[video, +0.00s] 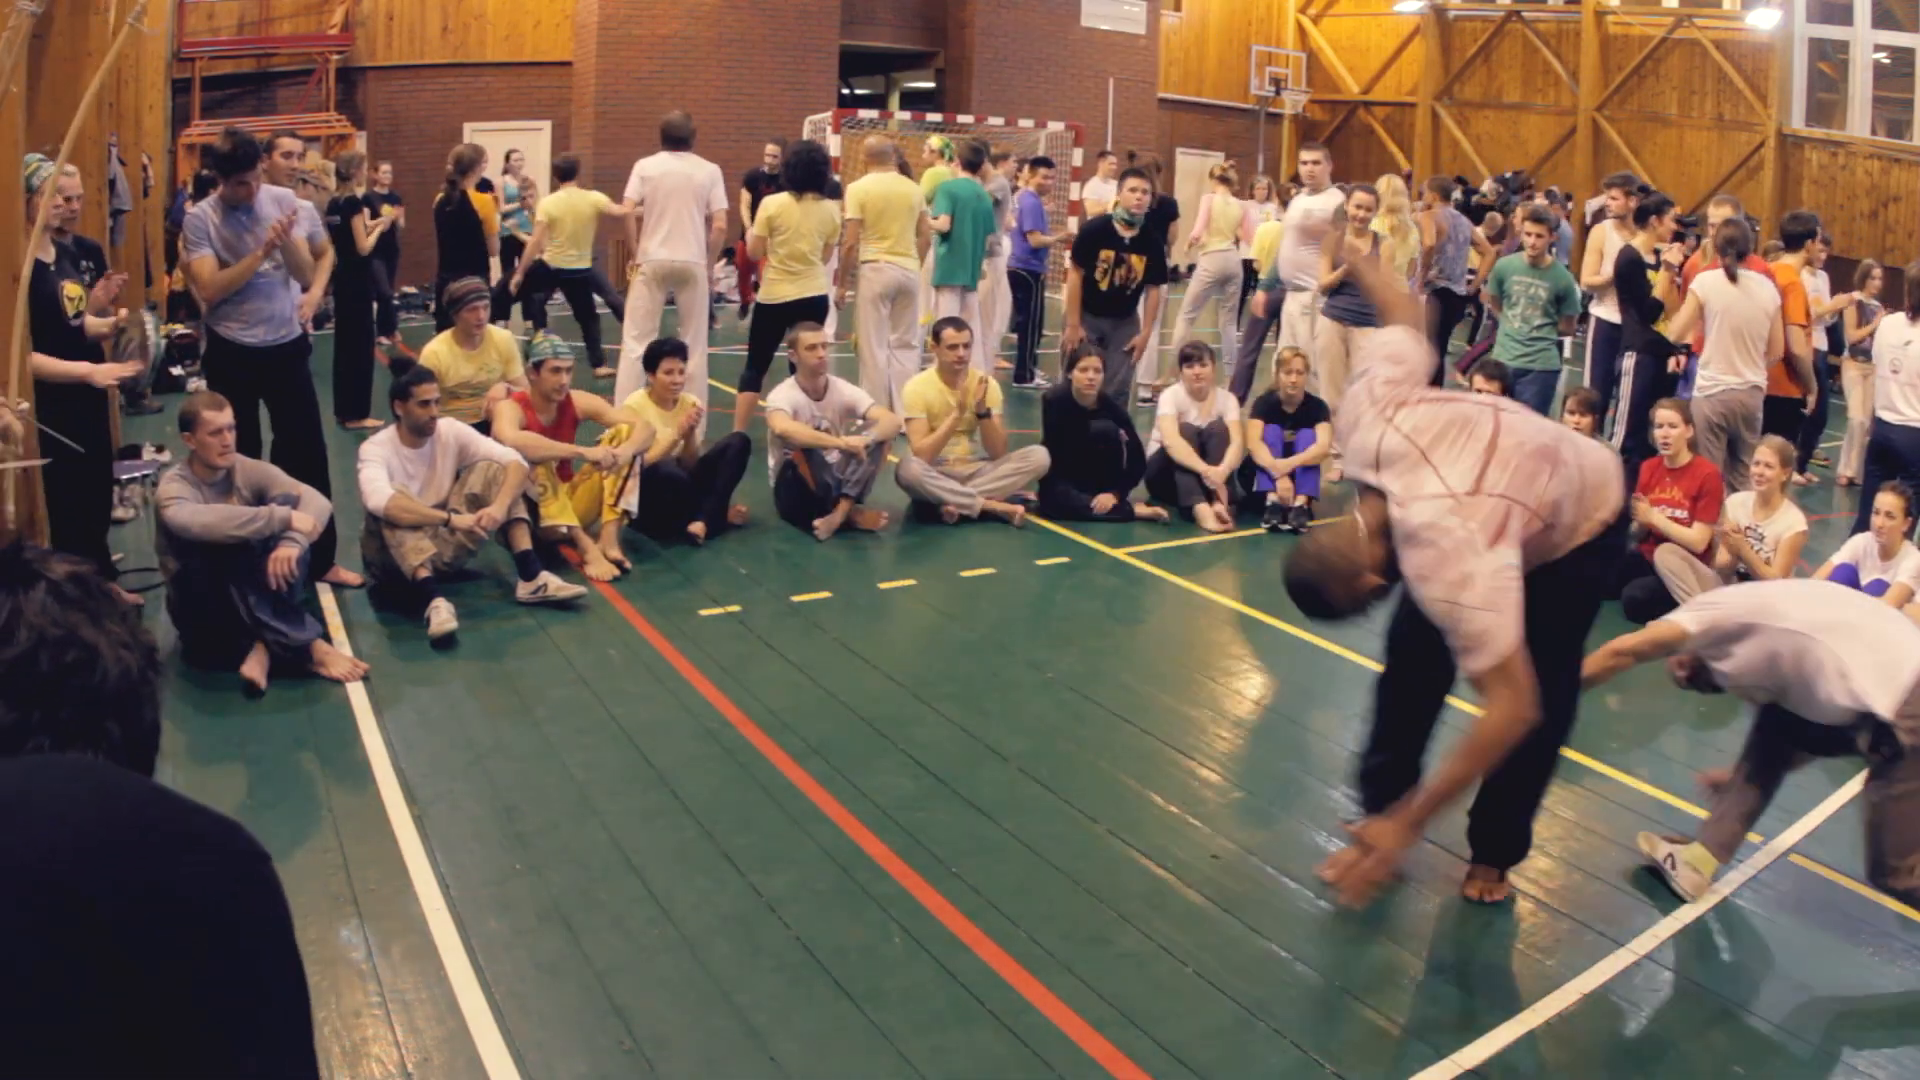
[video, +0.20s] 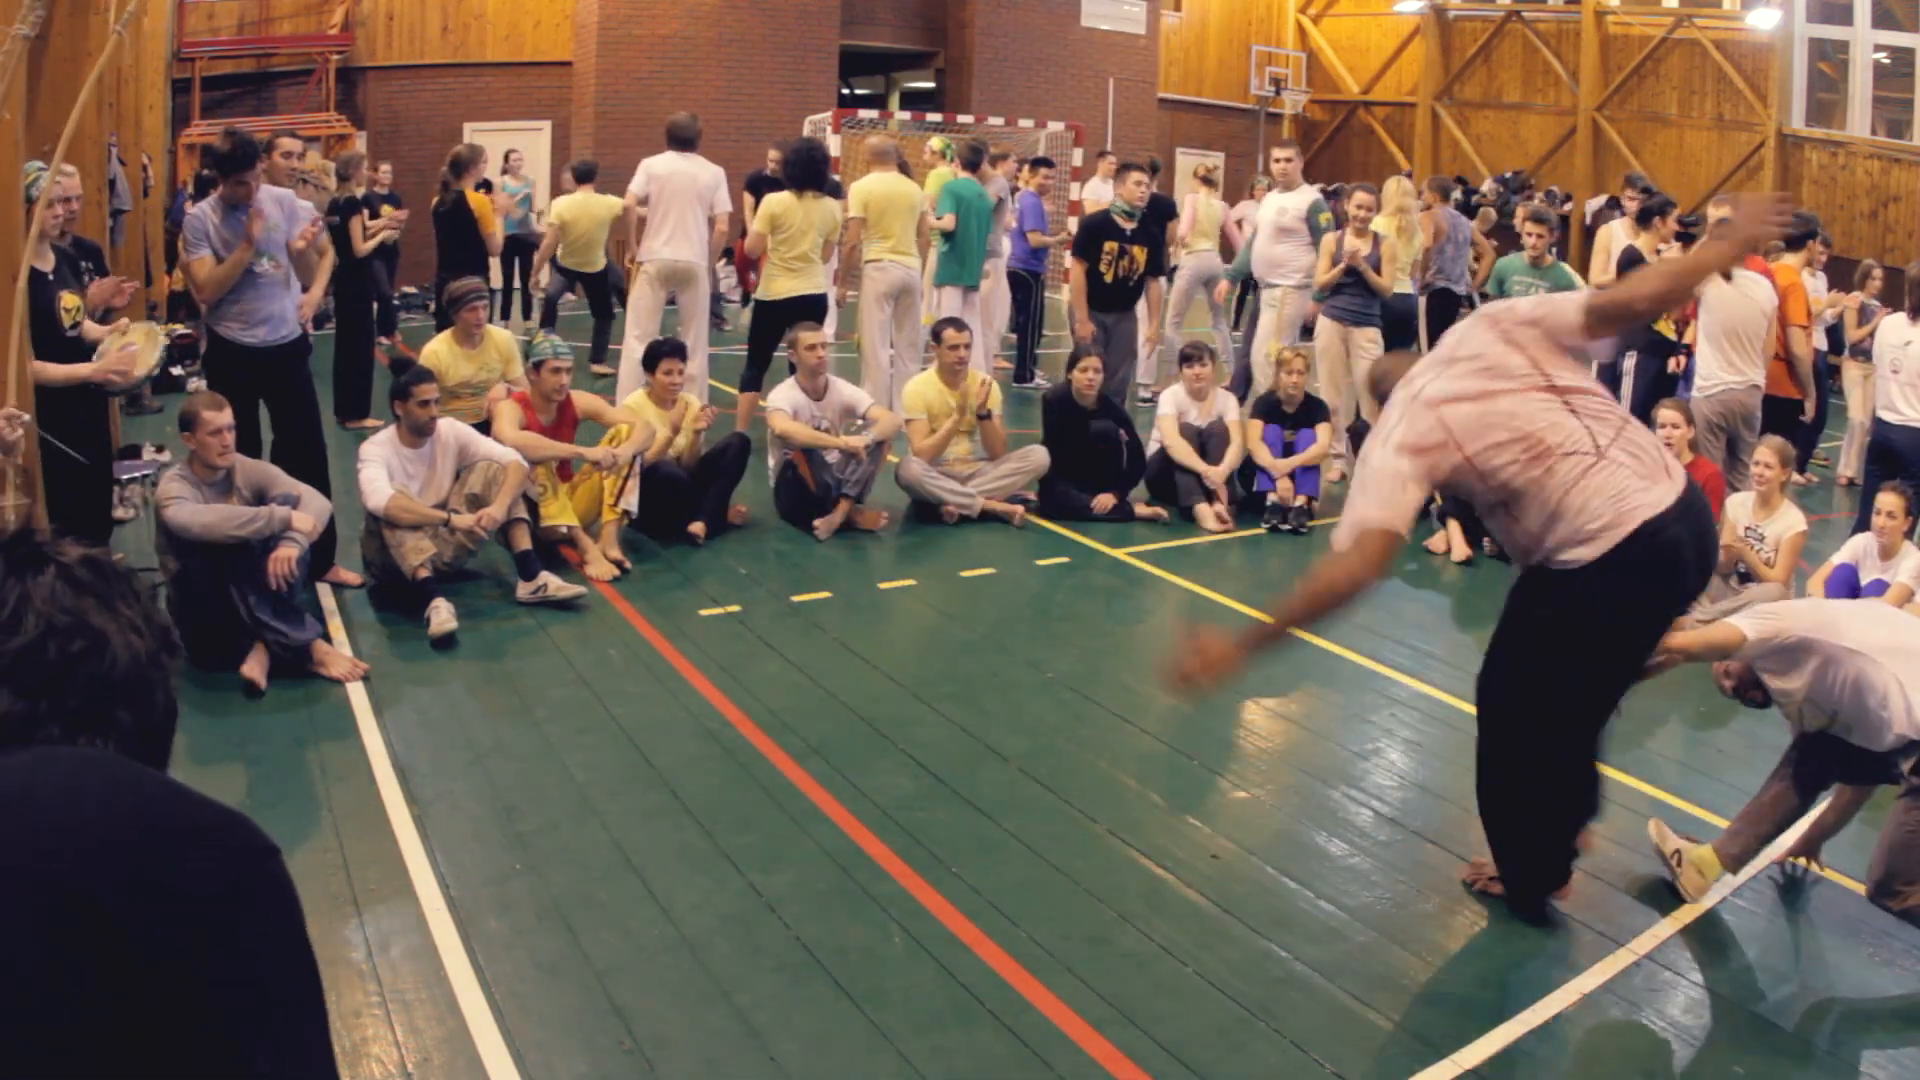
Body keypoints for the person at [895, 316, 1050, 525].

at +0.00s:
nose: (961, 354)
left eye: (966, 347)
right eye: (952, 348)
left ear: (972, 346)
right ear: (934, 348)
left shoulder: (986, 384)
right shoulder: (917, 388)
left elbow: (997, 453)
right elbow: (922, 455)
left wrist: (982, 410)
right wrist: (957, 414)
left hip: (978, 468)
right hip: (937, 472)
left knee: (1040, 456)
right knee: (907, 470)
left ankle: (962, 505)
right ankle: (989, 506)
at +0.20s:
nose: (962, 355)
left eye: (967, 347)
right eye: (953, 348)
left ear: (972, 347)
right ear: (935, 349)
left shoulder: (985, 384)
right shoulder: (917, 388)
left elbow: (998, 453)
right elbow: (922, 455)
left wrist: (982, 412)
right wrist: (955, 420)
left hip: (980, 468)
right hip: (939, 472)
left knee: (1040, 455)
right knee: (907, 469)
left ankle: (961, 505)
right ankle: (989, 506)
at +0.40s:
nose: (963, 356)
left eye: (967, 348)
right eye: (954, 349)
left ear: (972, 347)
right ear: (936, 349)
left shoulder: (985, 384)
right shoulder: (916, 388)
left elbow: (996, 452)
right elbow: (921, 455)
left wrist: (983, 410)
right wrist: (956, 419)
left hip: (977, 468)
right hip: (936, 471)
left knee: (1040, 455)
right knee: (907, 468)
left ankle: (960, 506)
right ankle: (988, 506)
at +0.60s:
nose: (964, 356)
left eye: (969, 348)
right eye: (956, 350)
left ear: (973, 347)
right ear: (937, 350)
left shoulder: (986, 384)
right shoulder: (917, 388)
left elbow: (996, 453)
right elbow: (922, 455)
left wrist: (985, 411)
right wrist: (956, 416)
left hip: (978, 469)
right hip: (937, 472)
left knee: (1040, 455)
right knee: (907, 468)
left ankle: (960, 505)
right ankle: (989, 506)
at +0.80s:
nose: (965, 356)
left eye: (969, 348)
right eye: (956, 350)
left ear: (974, 347)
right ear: (937, 350)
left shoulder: (987, 385)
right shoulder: (917, 388)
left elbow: (994, 453)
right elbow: (925, 454)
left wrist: (984, 412)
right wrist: (968, 415)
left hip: (978, 468)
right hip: (938, 471)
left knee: (1040, 455)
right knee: (908, 466)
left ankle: (960, 505)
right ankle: (989, 506)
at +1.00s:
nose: (968, 358)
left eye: (972, 350)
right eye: (959, 351)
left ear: (977, 349)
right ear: (939, 350)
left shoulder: (988, 385)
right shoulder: (920, 388)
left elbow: (995, 455)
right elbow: (928, 455)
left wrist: (988, 410)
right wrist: (961, 409)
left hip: (980, 469)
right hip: (938, 471)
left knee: (1041, 457)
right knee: (909, 466)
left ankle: (961, 505)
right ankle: (989, 506)